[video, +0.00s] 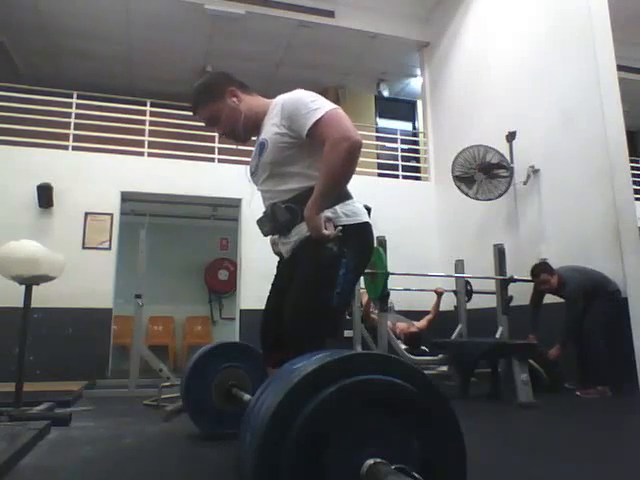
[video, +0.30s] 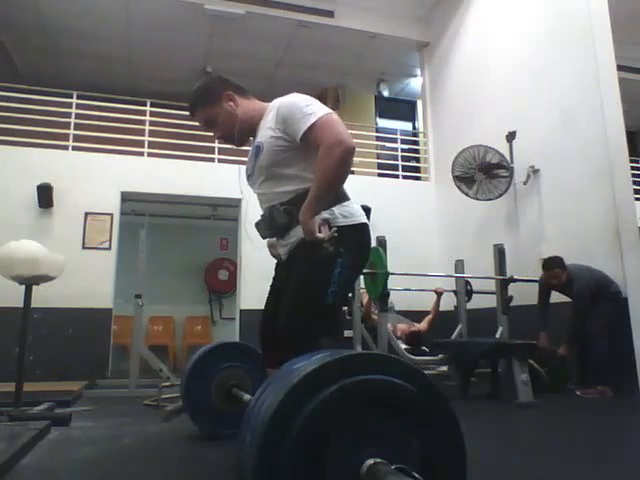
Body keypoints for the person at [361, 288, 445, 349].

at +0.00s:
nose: (404, 327)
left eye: (403, 331)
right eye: (409, 328)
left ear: (399, 337)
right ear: (412, 327)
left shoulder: (384, 329)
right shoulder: (417, 328)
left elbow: (367, 318)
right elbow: (432, 315)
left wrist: (369, 299)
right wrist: (439, 297)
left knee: (363, 294)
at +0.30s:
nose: (412, 327)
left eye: (408, 331)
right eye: (414, 329)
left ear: (401, 337)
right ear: (415, 328)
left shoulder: (385, 332)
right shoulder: (420, 329)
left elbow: (367, 318)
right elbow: (432, 315)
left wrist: (370, 298)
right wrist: (438, 297)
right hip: (388, 312)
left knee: (363, 294)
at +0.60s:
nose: (413, 326)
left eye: (411, 330)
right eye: (416, 328)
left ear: (401, 336)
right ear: (416, 328)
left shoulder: (384, 332)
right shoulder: (420, 331)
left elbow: (368, 317)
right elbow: (434, 316)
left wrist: (369, 297)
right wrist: (439, 297)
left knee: (363, 294)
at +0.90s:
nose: (414, 327)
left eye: (412, 330)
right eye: (416, 329)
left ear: (402, 337)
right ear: (417, 329)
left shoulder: (386, 333)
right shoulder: (420, 331)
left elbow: (368, 319)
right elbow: (433, 316)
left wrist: (370, 299)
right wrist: (438, 298)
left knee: (364, 294)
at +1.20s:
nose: (413, 326)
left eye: (411, 330)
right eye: (415, 328)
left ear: (402, 337)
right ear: (417, 329)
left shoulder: (386, 333)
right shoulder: (421, 331)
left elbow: (369, 319)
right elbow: (434, 317)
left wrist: (370, 301)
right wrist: (439, 297)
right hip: (390, 314)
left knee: (364, 295)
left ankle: (360, 292)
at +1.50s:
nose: (412, 327)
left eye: (410, 330)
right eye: (414, 329)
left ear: (403, 338)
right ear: (417, 330)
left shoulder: (388, 334)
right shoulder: (421, 331)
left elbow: (367, 318)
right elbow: (431, 316)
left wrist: (376, 301)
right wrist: (435, 297)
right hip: (390, 314)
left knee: (363, 294)